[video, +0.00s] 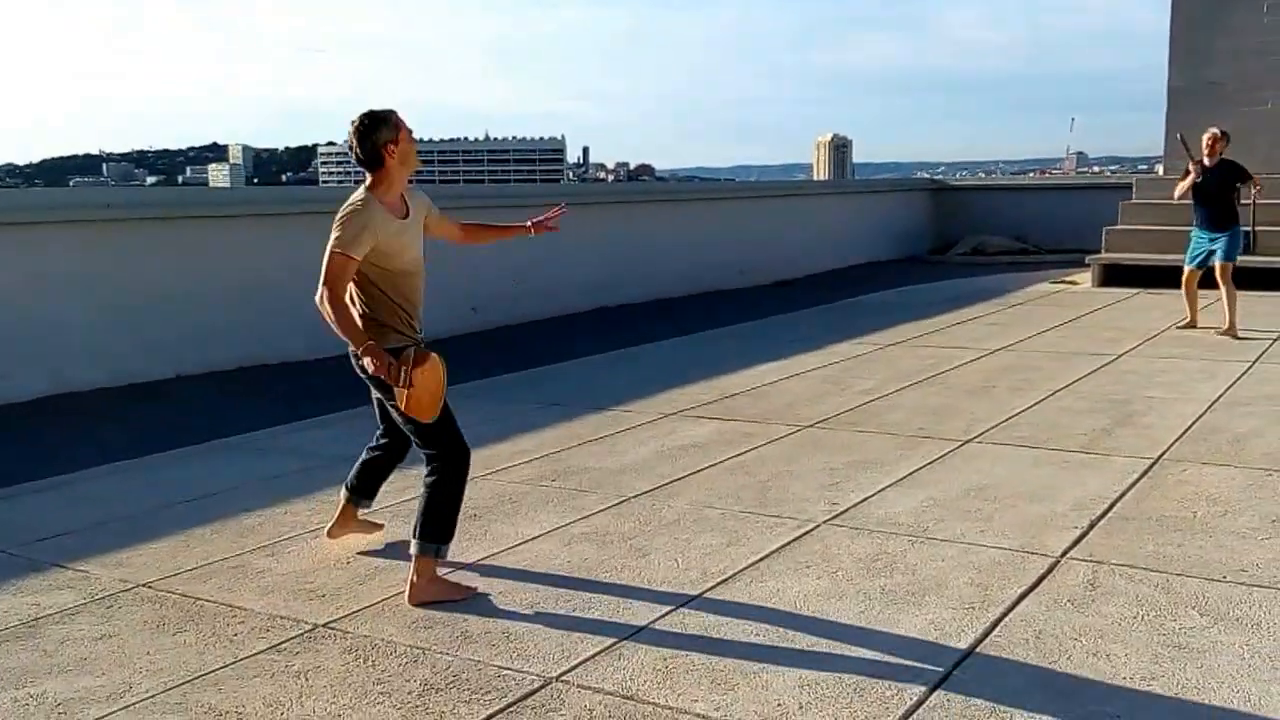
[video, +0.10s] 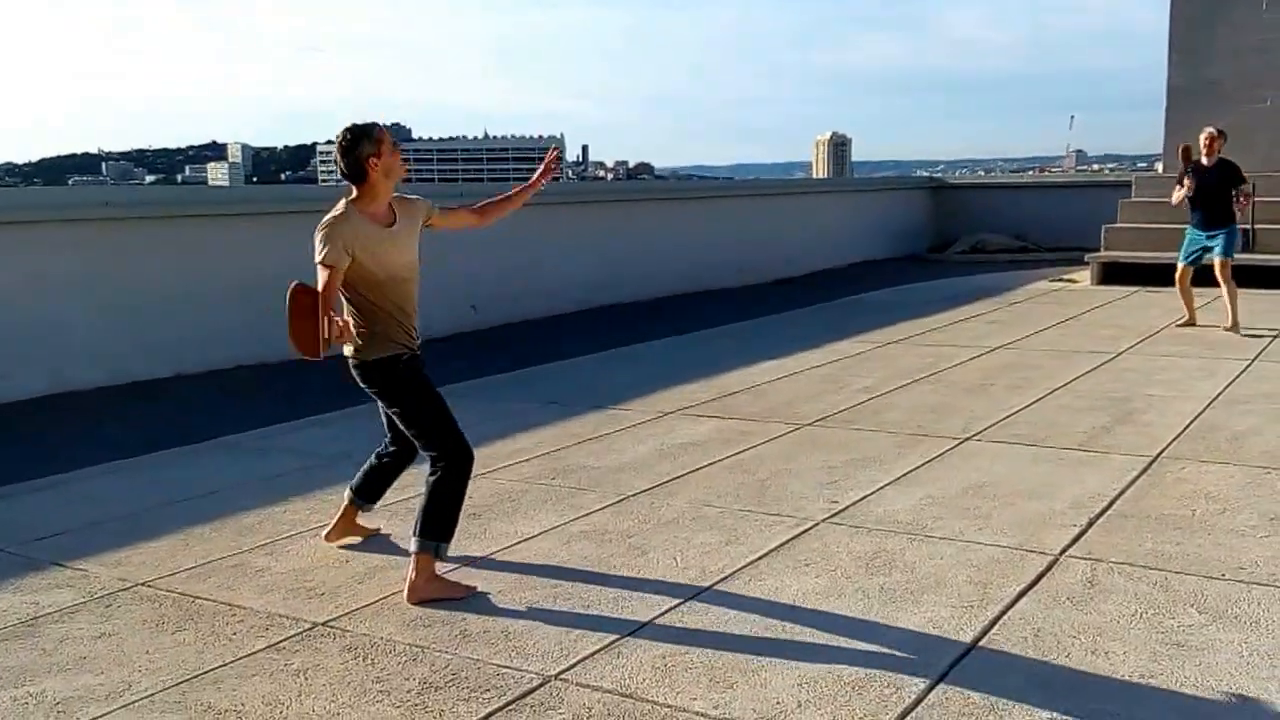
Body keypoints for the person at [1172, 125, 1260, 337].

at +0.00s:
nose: (1209, 144)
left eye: (1215, 141)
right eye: (1207, 140)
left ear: (1223, 146)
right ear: (1202, 143)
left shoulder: (1230, 167)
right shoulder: (1194, 168)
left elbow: (1253, 181)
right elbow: (1177, 195)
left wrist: (1256, 189)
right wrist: (1192, 177)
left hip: (1227, 231)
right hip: (1201, 230)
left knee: (1222, 274)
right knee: (1188, 277)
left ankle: (1230, 325)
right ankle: (1192, 318)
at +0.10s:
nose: (1207, 144)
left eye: (1212, 140)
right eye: (1204, 140)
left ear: (1219, 145)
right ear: (1199, 143)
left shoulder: (1229, 167)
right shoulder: (1190, 169)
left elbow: (1245, 191)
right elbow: (1174, 201)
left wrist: (1243, 202)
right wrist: (1185, 190)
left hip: (1223, 229)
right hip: (1196, 230)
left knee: (1222, 272)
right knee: (1181, 277)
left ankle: (1233, 321)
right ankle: (1190, 315)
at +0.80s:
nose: (1179, 152)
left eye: (1183, 147)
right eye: (1178, 148)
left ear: (1195, 149)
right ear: (1177, 151)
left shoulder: (1206, 167)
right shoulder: (1189, 175)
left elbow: (1222, 184)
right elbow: (1180, 201)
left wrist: (1211, 201)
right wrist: (1154, 203)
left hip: (1221, 228)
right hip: (1201, 229)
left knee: (1222, 271)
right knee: (1170, 262)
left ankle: (1256, 309)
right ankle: (1165, 303)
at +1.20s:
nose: (1159, 151)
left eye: (1163, 147)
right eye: (1157, 148)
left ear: (1175, 148)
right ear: (1156, 151)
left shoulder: (1192, 163)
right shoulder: (1161, 175)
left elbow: (1221, 175)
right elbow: (1157, 197)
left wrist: (1229, 185)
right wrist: (1144, 191)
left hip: (1208, 222)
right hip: (1184, 225)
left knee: (1223, 259)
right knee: (1154, 259)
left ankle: (1252, 304)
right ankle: (1166, 299)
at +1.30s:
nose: (1164, 139)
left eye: (1168, 135)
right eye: (1162, 135)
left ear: (1178, 138)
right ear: (1160, 139)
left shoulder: (1193, 154)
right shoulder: (1159, 163)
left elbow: (1221, 164)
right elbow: (1161, 184)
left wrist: (1231, 165)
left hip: (1204, 215)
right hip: (1179, 218)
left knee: (1219, 255)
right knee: (1155, 258)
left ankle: (1243, 298)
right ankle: (1165, 298)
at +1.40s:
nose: (1173, 130)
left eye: (1176, 126)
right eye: (1169, 126)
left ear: (1183, 128)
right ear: (1164, 130)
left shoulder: (1196, 146)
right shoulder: (1160, 152)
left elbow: (1225, 155)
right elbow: (1161, 166)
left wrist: (1233, 149)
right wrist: (1175, 146)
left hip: (1200, 209)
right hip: (1176, 211)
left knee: (1209, 251)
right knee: (1158, 253)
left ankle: (1227, 293)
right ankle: (1164, 298)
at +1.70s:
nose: (1180, 124)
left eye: (1184, 121)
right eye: (1177, 120)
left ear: (1190, 124)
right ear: (1172, 124)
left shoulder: (1199, 144)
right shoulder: (1168, 146)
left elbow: (1220, 156)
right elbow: (1162, 155)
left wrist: (1225, 158)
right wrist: (1186, 136)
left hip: (1196, 207)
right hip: (1172, 206)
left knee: (1199, 252)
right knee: (1150, 246)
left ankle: (1206, 297)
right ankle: (1151, 292)